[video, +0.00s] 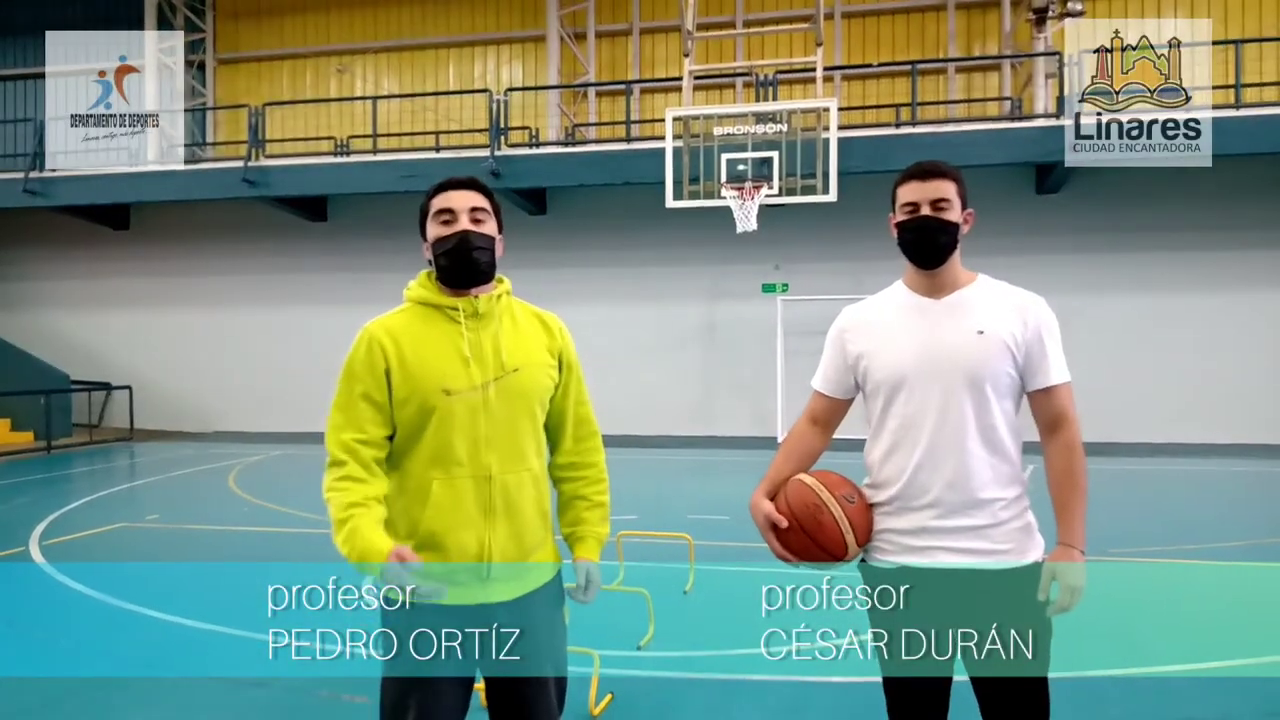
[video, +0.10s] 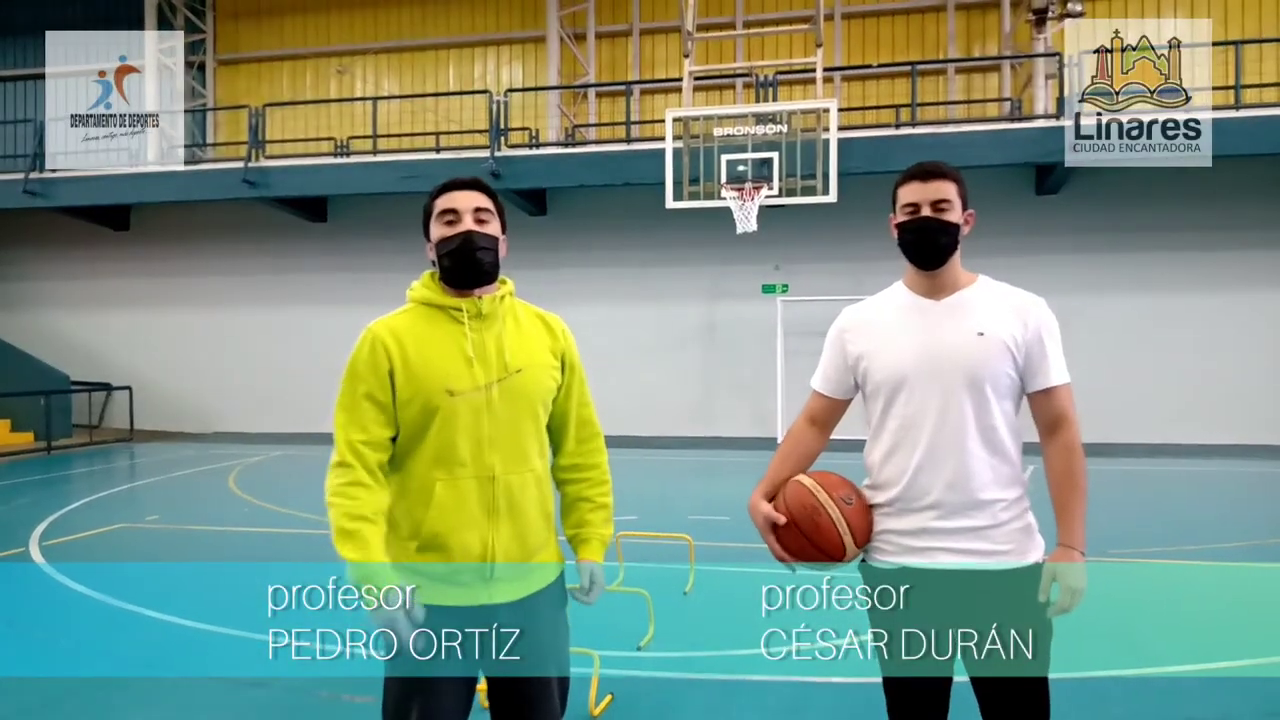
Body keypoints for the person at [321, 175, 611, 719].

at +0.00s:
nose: (464, 226)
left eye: (479, 216)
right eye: (445, 218)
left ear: (499, 241)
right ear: (426, 245)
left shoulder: (544, 333)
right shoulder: (385, 340)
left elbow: (578, 449)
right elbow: (352, 461)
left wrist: (586, 541)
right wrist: (373, 546)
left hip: (529, 586)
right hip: (424, 591)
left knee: (537, 711)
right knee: (422, 714)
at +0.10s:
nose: (468, 226)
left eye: (483, 217)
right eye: (449, 219)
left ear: (503, 242)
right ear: (430, 246)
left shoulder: (547, 334)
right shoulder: (388, 341)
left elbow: (580, 449)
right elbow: (356, 467)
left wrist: (590, 544)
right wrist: (372, 577)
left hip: (532, 588)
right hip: (428, 593)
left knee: (539, 711)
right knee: (424, 715)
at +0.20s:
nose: (473, 226)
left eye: (488, 216)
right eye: (455, 218)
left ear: (508, 240)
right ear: (435, 244)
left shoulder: (550, 334)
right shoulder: (392, 341)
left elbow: (583, 450)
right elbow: (363, 472)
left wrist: (594, 547)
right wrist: (366, 595)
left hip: (536, 590)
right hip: (433, 593)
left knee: (543, 711)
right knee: (426, 715)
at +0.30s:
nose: (478, 225)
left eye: (493, 216)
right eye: (459, 217)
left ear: (513, 240)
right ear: (440, 244)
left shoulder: (554, 334)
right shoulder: (397, 339)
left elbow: (585, 451)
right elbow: (366, 468)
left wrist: (597, 549)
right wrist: (361, 587)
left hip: (539, 588)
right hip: (436, 591)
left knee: (545, 711)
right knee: (429, 714)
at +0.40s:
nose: (483, 227)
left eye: (499, 217)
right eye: (465, 218)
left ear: (518, 242)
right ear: (445, 244)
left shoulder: (558, 335)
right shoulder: (399, 340)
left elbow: (589, 454)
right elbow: (368, 467)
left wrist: (599, 552)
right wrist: (363, 581)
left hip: (542, 587)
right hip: (439, 590)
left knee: (548, 711)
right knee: (432, 713)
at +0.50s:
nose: (489, 229)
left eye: (504, 220)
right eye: (471, 219)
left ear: (522, 243)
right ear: (449, 244)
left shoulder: (562, 337)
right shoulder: (402, 340)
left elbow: (592, 456)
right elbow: (370, 466)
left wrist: (601, 554)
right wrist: (365, 581)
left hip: (544, 588)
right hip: (440, 591)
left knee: (550, 711)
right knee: (433, 714)